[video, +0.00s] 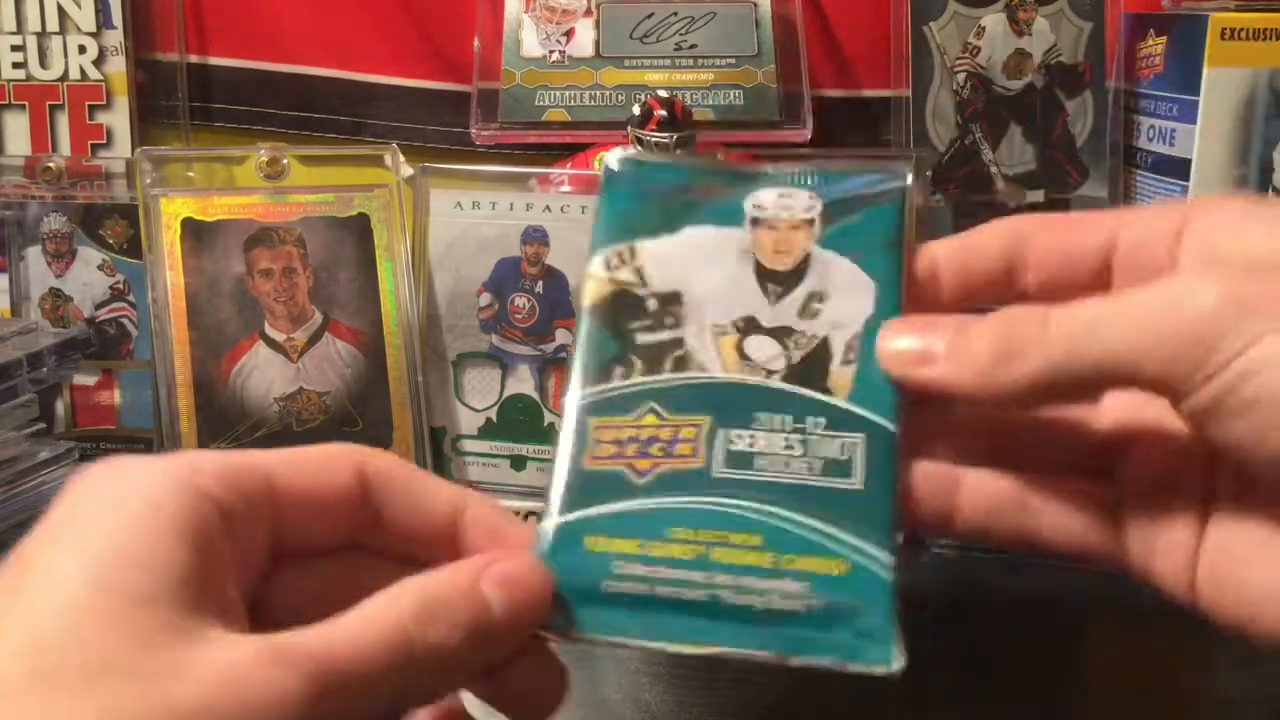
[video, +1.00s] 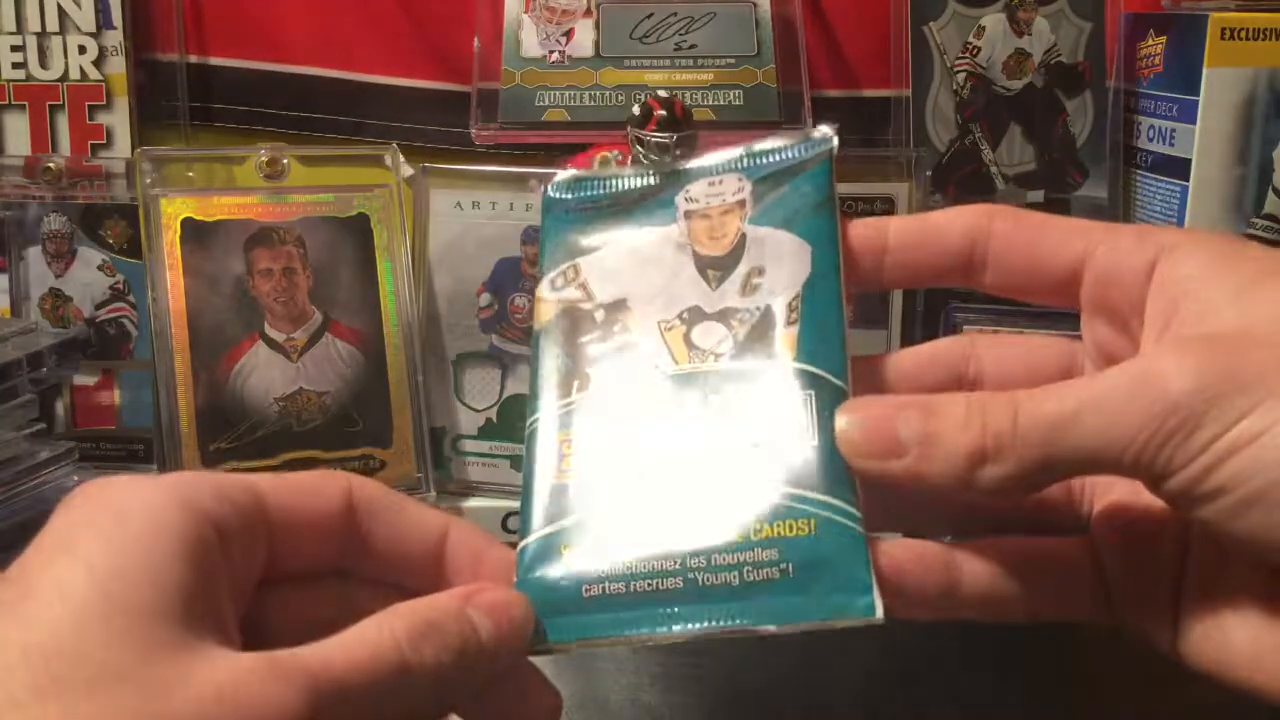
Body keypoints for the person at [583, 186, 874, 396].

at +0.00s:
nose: (782, 240)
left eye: (795, 228)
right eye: (770, 227)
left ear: (814, 233)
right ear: (751, 230)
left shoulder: (850, 286)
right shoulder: (704, 252)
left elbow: (845, 376)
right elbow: (607, 267)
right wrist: (637, 324)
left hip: (793, 422)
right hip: (699, 409)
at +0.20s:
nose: (748, 197)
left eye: (761, 185)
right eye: (735, 184)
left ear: (779, 188)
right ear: (715, 183)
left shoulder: (815, 251)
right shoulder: (668, 205)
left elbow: (807, 343)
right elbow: (561, 227)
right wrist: (609, 302)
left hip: (756, 402)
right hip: (664, 387)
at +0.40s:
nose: (729, 200)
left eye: (741, 187)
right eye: (716, 188)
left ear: (758, 188)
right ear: (695, 189)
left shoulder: (798, 248)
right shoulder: (647, 218)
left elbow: (796, 349)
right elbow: (545, 249)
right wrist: (593, 309)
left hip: (747, 399)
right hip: (652, 392)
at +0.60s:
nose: (720, 207)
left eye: (731, 192)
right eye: (707, 195)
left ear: (748, 193)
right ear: (686, 197)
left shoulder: (786, 243)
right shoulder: (642, 230)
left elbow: (791, 335)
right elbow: (560, 256)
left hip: (749, 389)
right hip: (662, 387)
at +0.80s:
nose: (722, 221)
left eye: (731, 207)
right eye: (709, 209)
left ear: (749, 204)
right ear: (689, 211)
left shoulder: (789, 253)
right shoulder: (644, 246)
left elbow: (792, 338)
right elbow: (555, 274)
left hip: (753, 394)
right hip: (668, 396)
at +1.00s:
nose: (716, 228)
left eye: (727, 214)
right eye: (703, 217)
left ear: (744, 212)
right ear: (684, 220)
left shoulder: (782, 255)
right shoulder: (642, 257)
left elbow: (789, 334)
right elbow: (550, 293)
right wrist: (563, 375)